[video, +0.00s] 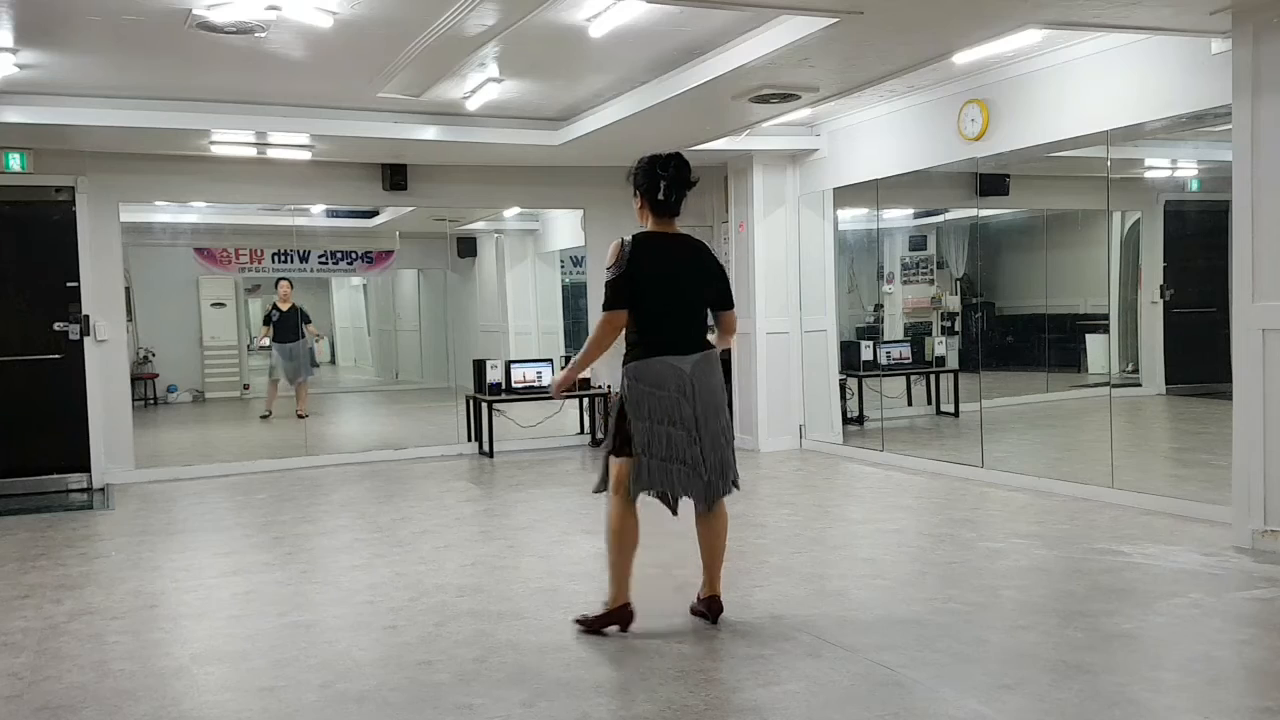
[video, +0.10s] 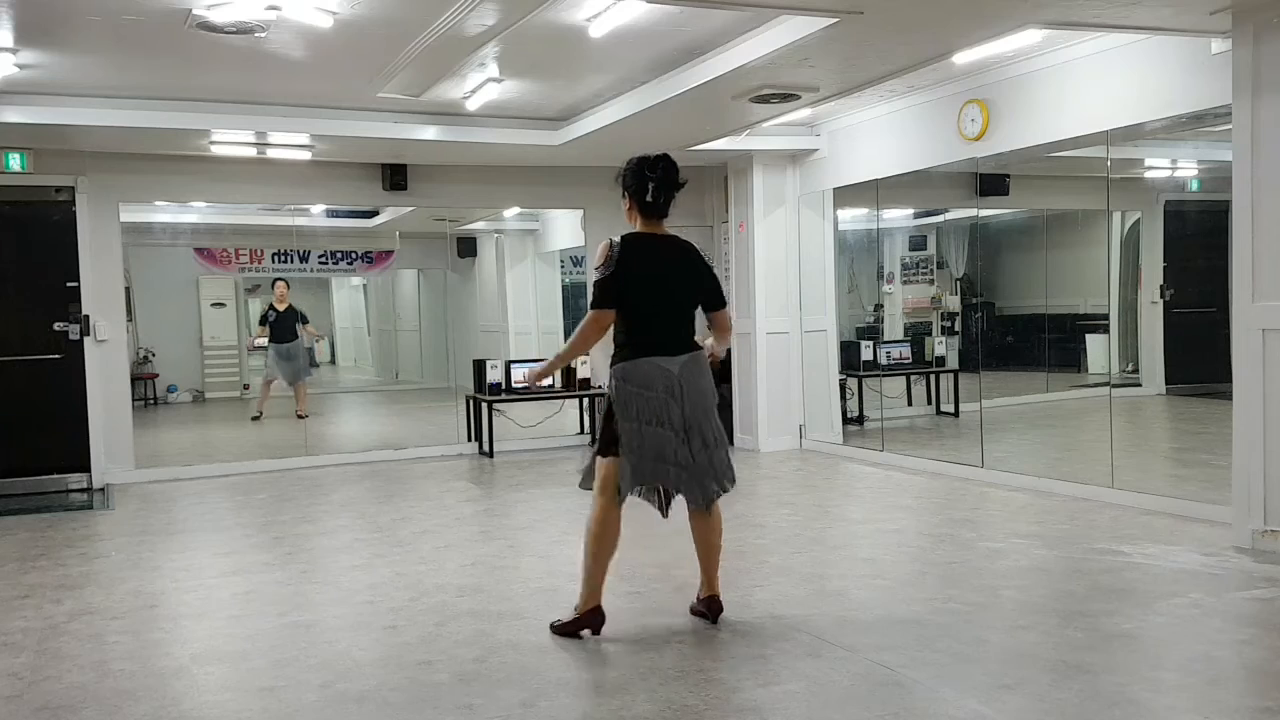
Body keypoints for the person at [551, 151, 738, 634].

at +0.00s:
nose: (634, 204)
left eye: (634, 197)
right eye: (638, 197)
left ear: (640, 202)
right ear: (681, 201)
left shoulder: (630, 254)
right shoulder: (703, 255)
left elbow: (613, 323)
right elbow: (728, 326)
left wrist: (574, 370)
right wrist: (715, 342)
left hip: (646, 377)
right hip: (703, 375)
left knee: (622, 489)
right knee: (709, 485)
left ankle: (619, 602)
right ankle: (711, 595)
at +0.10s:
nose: (623, 204)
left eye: (623, 198)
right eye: (628, 197)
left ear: (628, 202)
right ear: (670, 201)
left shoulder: (618, 254)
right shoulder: (690, 254)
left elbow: (600, 320)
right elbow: (722, 323)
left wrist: (553, 364)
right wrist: (714, 349)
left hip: (634, 377)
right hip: (689, 376)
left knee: (609, 490)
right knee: (701, 484)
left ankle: (589, 605)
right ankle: (711, 593)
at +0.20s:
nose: (609, 204)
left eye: (609, 197)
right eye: (614, 196)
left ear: (614, 201)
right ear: (656, 201)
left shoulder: (602, 252)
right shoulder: (675, 255)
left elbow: (580, 321)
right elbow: (710, 318)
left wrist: (530, 355)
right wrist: (723, 349)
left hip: (617, 376)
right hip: (673, 373)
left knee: (601, 491)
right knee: (690, 483)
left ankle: (587, 608)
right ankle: (708, 590)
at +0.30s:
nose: (589, 201)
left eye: (590, 194)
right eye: (594, 194)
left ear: (596, 198)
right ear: (638, 199)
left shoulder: (583, 251)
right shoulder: (657, 253)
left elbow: (559, 314)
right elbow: (692, 312)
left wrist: (508, 346)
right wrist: (718, 348)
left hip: (598, 375)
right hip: (654, 372)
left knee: (591, 492)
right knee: (675, 481)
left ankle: (587, 611)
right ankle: (704, 586)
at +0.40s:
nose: (573, 200)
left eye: (574, 194)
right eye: (578, 193)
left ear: (580, 197)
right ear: (621, 198)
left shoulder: (565, 250)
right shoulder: (641, 253)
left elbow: (535, 316)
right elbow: (679, 315)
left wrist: (490, 342)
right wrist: (712, 357)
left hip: (581, 374)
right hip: (638, 373)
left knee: (584, 492)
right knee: (659, 482)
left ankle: (586, 611)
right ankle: (696, 587)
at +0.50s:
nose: (561, 200)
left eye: (561, 194)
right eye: (564, 194)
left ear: (567, 197)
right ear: (611, 198)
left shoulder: (551, 249)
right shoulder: (629, 252)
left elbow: (520, 318)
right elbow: (670, 317)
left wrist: (479, 342)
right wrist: (708, 364)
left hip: (570, 375)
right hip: (626, 374)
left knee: (577, 493)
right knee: (638, 486)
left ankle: (585, 611)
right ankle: (666, 589)